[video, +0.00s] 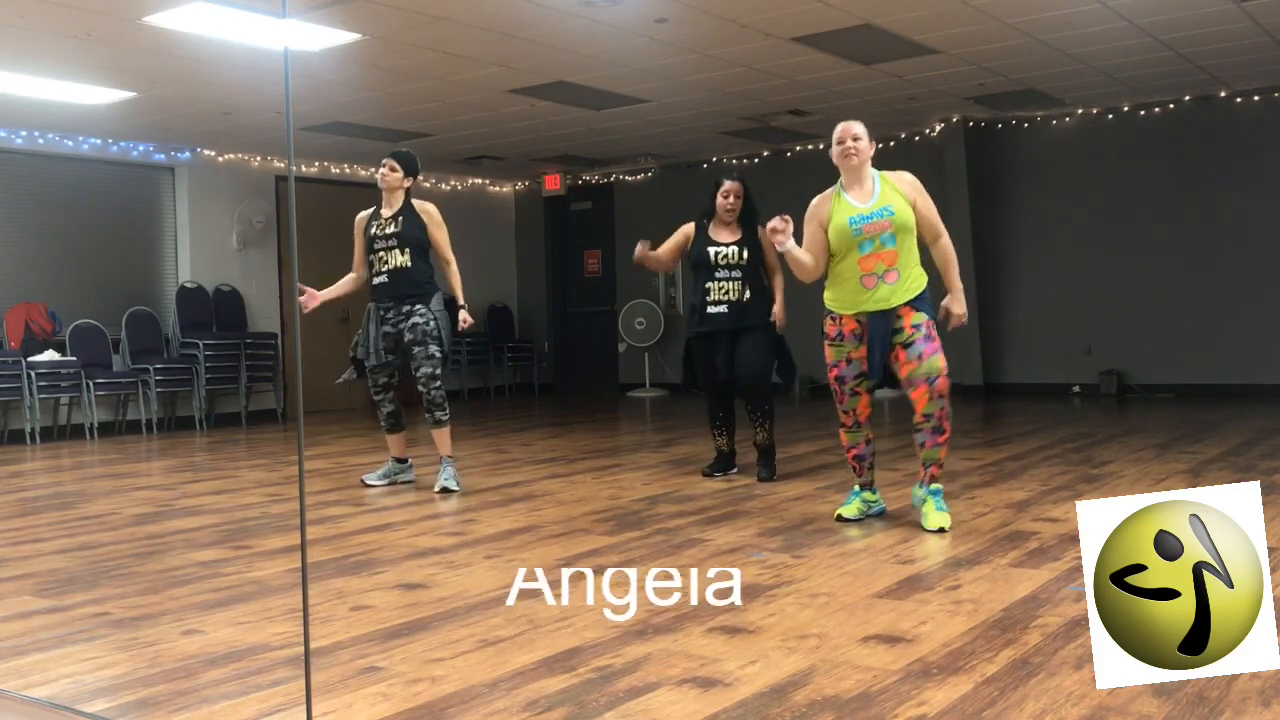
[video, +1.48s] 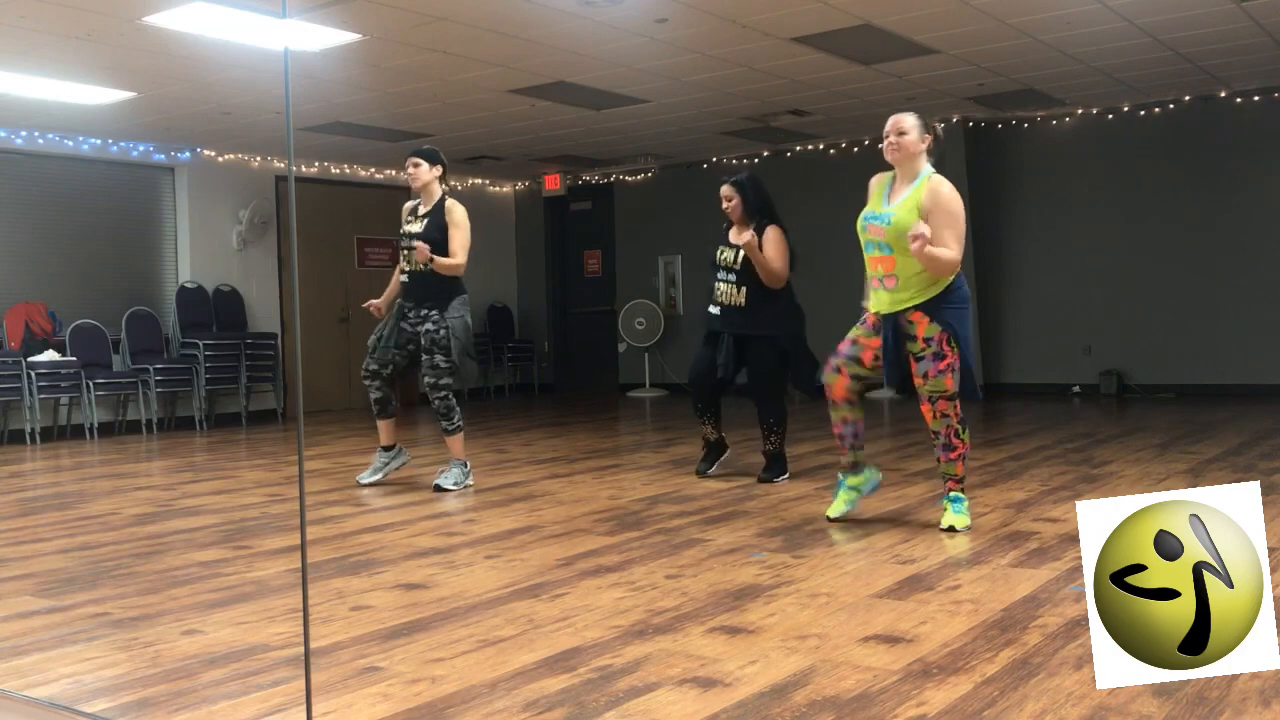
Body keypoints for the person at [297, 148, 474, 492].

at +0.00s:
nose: (382, 172)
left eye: (391, 169)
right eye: (382, 167)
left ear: (408, 180)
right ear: (379, 175)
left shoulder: (424, 212)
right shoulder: (365, 220)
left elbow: (448, 262)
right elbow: (358, 275)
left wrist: (460, 304)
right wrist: (321, 295)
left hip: (420, 311)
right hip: (380, 314)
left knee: (428, 382)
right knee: (381, 388)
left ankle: (447, 465)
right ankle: (400, 464)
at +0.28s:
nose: (389, 168)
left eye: (397, 164)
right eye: (388, 164)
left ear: (416, 171)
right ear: (386, 172)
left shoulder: (431, 212)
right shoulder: (374, 208)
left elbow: (442, 268)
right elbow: (362, 259)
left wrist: (419, 274)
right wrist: (353, 303)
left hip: (422, 311)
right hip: (385, 311)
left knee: (432, 385)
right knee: (393, 387)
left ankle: (456, 463)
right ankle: (400, 463)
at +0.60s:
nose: (395, 174)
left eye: (403, 170)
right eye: (394, 170)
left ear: (423, 176)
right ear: (395, 178)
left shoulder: (435, 207)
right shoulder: (400, 219)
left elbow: (433, 257)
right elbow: (406, 267)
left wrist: (399, 301)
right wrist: (393, 304)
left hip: (436, 312)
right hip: (405, 311)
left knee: (431, 386)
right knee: (365, 371)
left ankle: (456, 466)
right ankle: (387, 446)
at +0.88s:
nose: (388, 170)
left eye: (395, 165)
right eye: (387, 165)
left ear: (415, 172)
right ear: (386, 173)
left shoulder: (432, 207)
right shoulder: (381, 213)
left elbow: (464, 255)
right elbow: (375, 266)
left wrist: (470, 301)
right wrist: (349, 283)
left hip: (426, 309)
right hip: (390, 311)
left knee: (433, 384)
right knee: (397, 387)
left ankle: (456, 464)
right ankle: (401, 463)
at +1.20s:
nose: (393, 170)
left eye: (401, 164)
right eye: (392, 165)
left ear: (421, 171)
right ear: (393, 173)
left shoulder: (439, 213)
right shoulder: (383, 210)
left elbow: (456, 263)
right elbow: (368, 264)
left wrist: (455, 294)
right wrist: (339, 305)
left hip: (425, 309)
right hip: (388, 311)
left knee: (430, 382)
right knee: (394, 387)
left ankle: (458, 461)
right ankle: (402, 463)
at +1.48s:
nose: (408, 172)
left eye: (415, 167)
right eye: (407, 168)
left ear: (437, 171)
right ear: (408, 176)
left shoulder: (453, 209)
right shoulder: (410, 209)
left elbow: (459, 265)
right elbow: (405, 262)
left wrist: (430, 260)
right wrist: (385, 300)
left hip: (443, 311)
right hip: (408, 310)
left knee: (437, 384)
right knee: (375, 372)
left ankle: (460, 464)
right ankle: (389, 450)